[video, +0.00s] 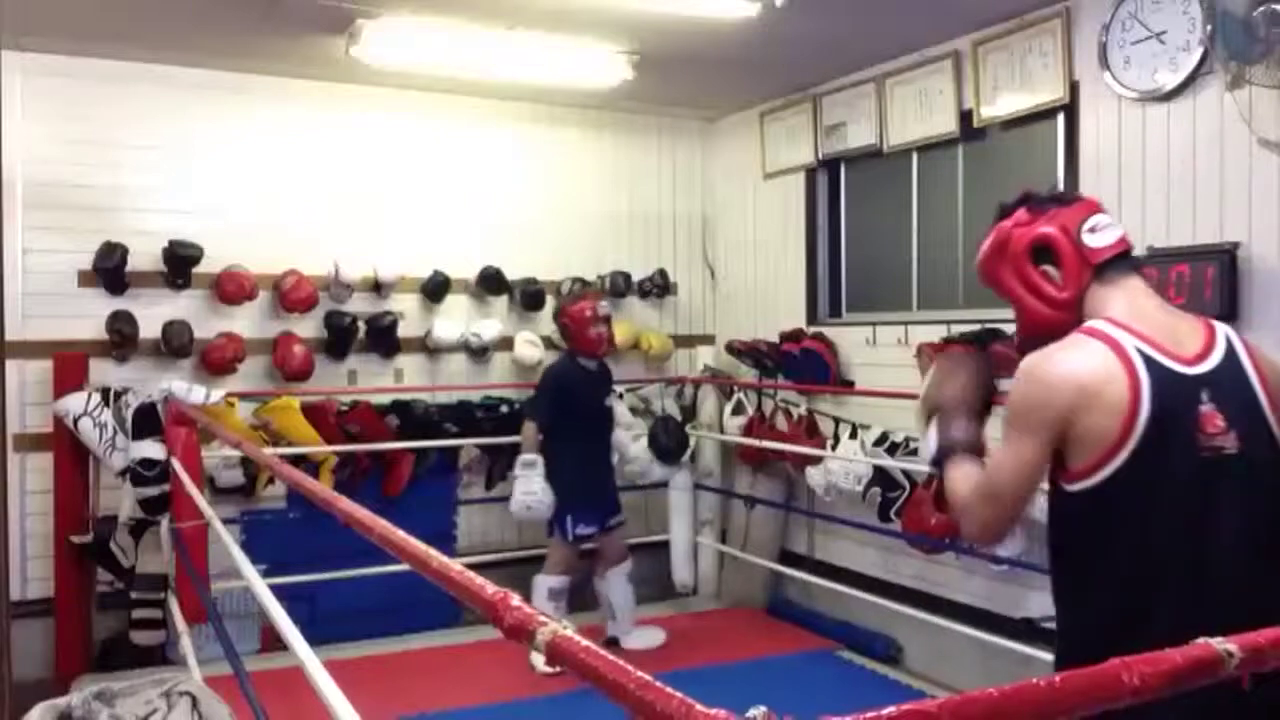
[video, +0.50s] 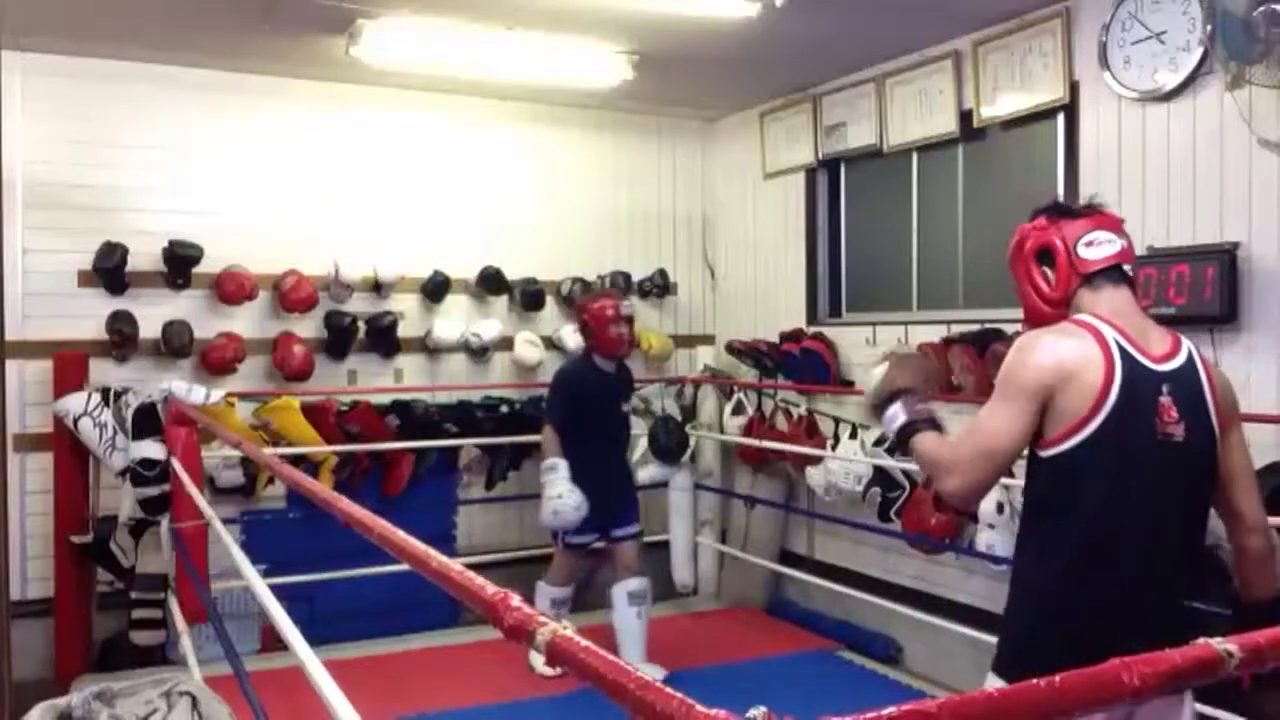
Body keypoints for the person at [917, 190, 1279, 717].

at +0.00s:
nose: (1017, 316)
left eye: (1015, 294)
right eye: (1010, 297)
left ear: (1049, 269)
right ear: (1114, 250)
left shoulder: (1061, 372)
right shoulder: (1247, 357)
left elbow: (980, 521)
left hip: (1122, 699)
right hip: (1255, 689)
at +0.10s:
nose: (1014, 320)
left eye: (1011, 303)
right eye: (1006, 306)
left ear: (1041, 279)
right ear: (1108, 257)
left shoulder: (1051, 374)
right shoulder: (1244, 370)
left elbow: (961, 493)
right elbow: (1268, 536)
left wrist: (965, 376)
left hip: (1100, 698)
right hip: (1233, 690)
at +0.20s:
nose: (1014, 315)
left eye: (1012, 300)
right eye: (1006, 303)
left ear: (1041, 280)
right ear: (1108, 260)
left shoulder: (1048, 367)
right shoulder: (1234, 373)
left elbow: (959, 481)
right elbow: (1269, 529)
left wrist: (970, 367)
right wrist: (1217, 599)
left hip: (1083, 689)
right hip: (1208, 684)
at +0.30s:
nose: (1021, 313)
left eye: (1018, 296)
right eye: (1012, 300)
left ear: (1043, 276)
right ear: (1112, 260)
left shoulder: (1049, 356)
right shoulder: (1223, 373)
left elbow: (958, 479)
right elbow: (1264, 529)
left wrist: (958, 374)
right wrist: (1230, 617)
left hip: (1072, 678)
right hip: (1193, 674)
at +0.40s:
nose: (1025, 307)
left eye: (1023, 288)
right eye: (1019, 290)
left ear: (1046, 270)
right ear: (1116, 260)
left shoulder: (1051, 352)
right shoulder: (1214, 373)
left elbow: (958, 476)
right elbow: (1258, 531)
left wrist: (937, 384)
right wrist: (1249, 640)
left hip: (1060, 675)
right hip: (1172, 677)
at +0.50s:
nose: (1027, 295)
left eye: (1029, 276)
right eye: (1025, 278)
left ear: (1052, 267)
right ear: (1124, 266)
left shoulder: (1048, 354)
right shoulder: (1203, 374)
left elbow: (957, 481)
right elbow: (1252, 530)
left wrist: (907, 412)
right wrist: (1260, 628)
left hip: (1050, 677)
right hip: (1164, 675)